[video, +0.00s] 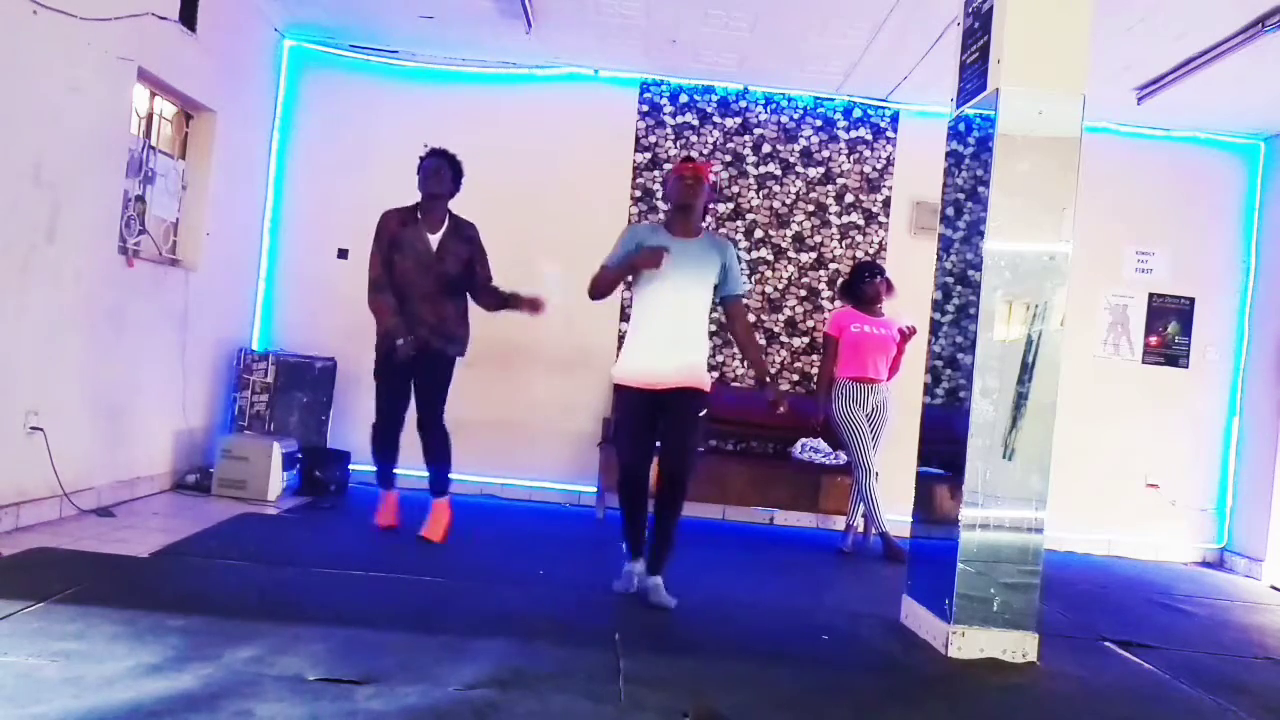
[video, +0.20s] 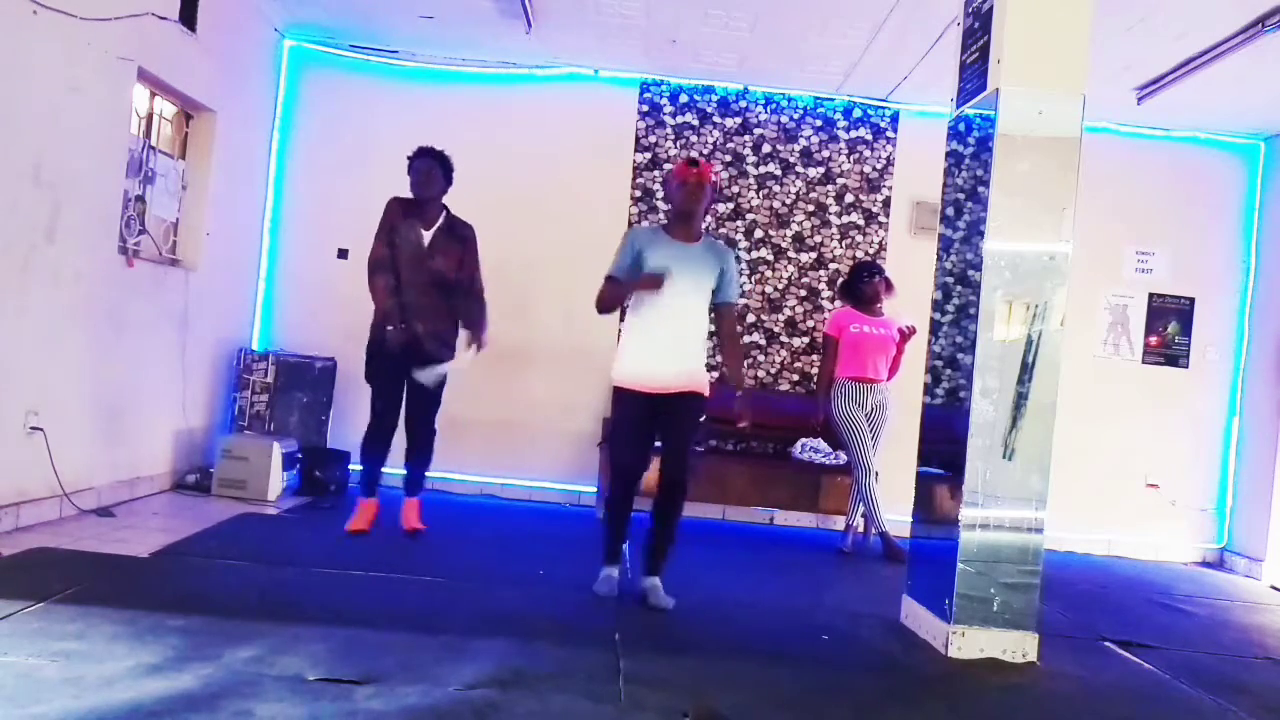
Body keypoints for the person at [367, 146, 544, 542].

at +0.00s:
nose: (428, 179)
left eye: (437, 174)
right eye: (424, 172)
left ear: (454, 183)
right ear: (417, 179)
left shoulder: (466, 234)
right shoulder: (393, 223)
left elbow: (482, 292)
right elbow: (377, 286)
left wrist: (516, 301)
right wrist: (396, 333)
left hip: (439, 343)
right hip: (395, 340)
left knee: (430, 420)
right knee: (388, 419)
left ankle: (440, 502)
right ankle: (386, 493)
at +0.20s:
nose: (420, 180)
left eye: (429, 174)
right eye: (415, 173)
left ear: (445, 181)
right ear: (409, 178)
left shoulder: (462, 233)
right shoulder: (396, 212)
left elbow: (471, 285)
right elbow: (379, 267)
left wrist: (476, 325)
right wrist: (390, 318)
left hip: (434, 342)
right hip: (390, 336)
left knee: (421, 426)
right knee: (381, 420)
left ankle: (412, 500)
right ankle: (367, 499)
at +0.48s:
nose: (411, 182)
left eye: (420, 176)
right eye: (406, 176)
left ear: (438, 183)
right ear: (400, 183)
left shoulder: (458, 225)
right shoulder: (389, 234)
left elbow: (477, 287)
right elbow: (368, 287)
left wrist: (458, 308)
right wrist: (385, 323)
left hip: (434, 346)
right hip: (389, 342)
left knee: (421, 419)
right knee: (380, 418)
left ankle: (423, 495)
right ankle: (360, 496)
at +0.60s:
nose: (414, 182)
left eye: (422, 175)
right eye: (408, 175)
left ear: (440, 184)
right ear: (401, 183)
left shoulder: (458, 224)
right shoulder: (390, 238)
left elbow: (491, 280)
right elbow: (364, 295)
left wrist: (464, 283)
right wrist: (386, 335)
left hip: (438, 346)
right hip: (393, 344)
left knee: (425, 427)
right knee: (383, 426)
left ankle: (437, 509)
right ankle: (375, 507)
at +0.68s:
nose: (415, 181)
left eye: (425, 176)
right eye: (411, 175)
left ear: (443, 185)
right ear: (404, 182)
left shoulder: (460, 228)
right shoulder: (391, 238)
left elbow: (491, 271)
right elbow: (368, 298)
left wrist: (471, 228)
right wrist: (387, 341)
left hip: (441, 346)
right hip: (398, 345)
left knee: (428, 423)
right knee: (390, 425)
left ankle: (426, 502)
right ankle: (400, 496)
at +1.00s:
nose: (423, 194)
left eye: (432, 187)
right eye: (418, 186)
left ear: (447, 194)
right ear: (410, 188)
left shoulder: (456, 240)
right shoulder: (388, 222)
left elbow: (460, 298)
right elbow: (377, 284)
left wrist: (494, 312)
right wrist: (393, 334)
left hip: (436, 348)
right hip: (391, 343)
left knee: (429, 426)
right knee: (389, 420)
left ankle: (428, 504)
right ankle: (382, 492)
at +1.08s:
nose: (418, 194)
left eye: (426, 188)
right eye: (413, 187)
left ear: (443, 193)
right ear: (406, 189)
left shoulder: (454, 242)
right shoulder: (388, 217)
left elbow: (460, 302)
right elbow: (372, 275)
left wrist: (482, 339)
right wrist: (387, 328)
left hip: (431, 351)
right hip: (388, 344)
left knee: (421, 428)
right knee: (379, 423)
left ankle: (422, 509)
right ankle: (354, 492)